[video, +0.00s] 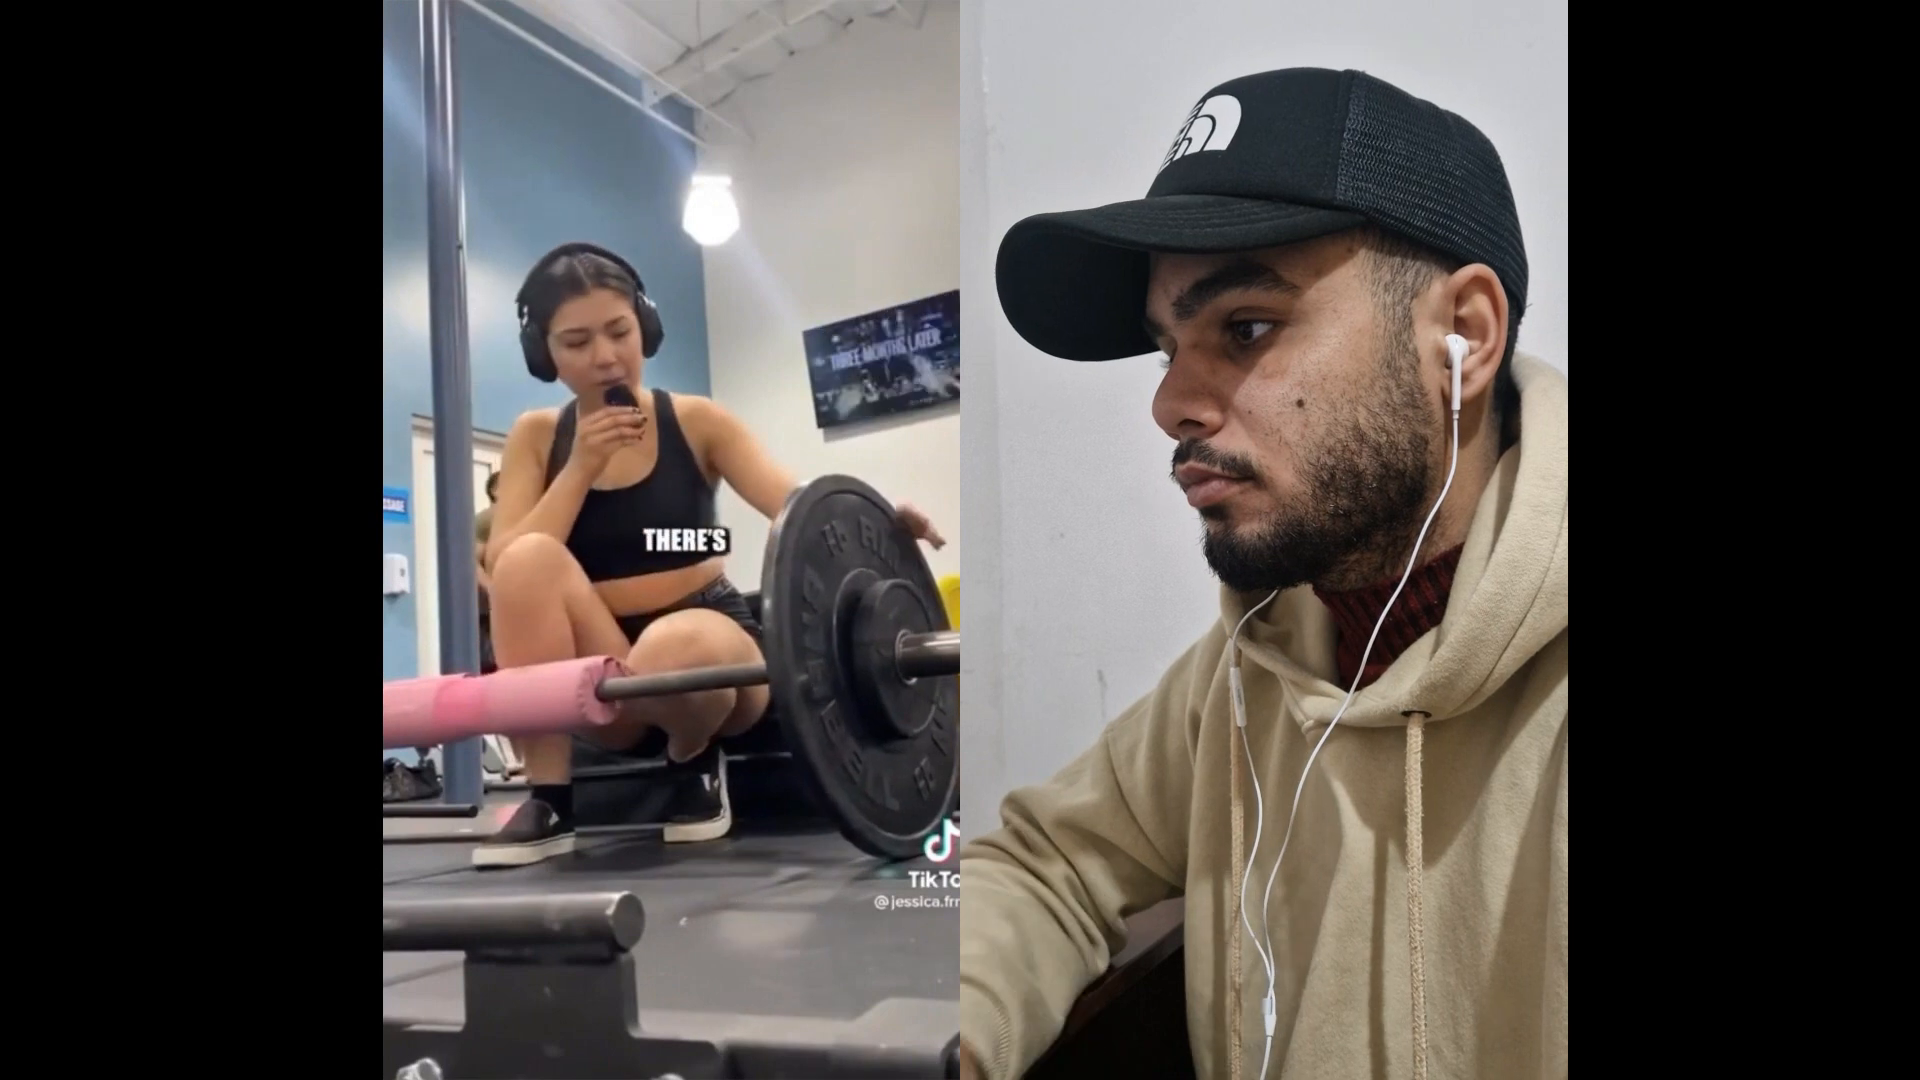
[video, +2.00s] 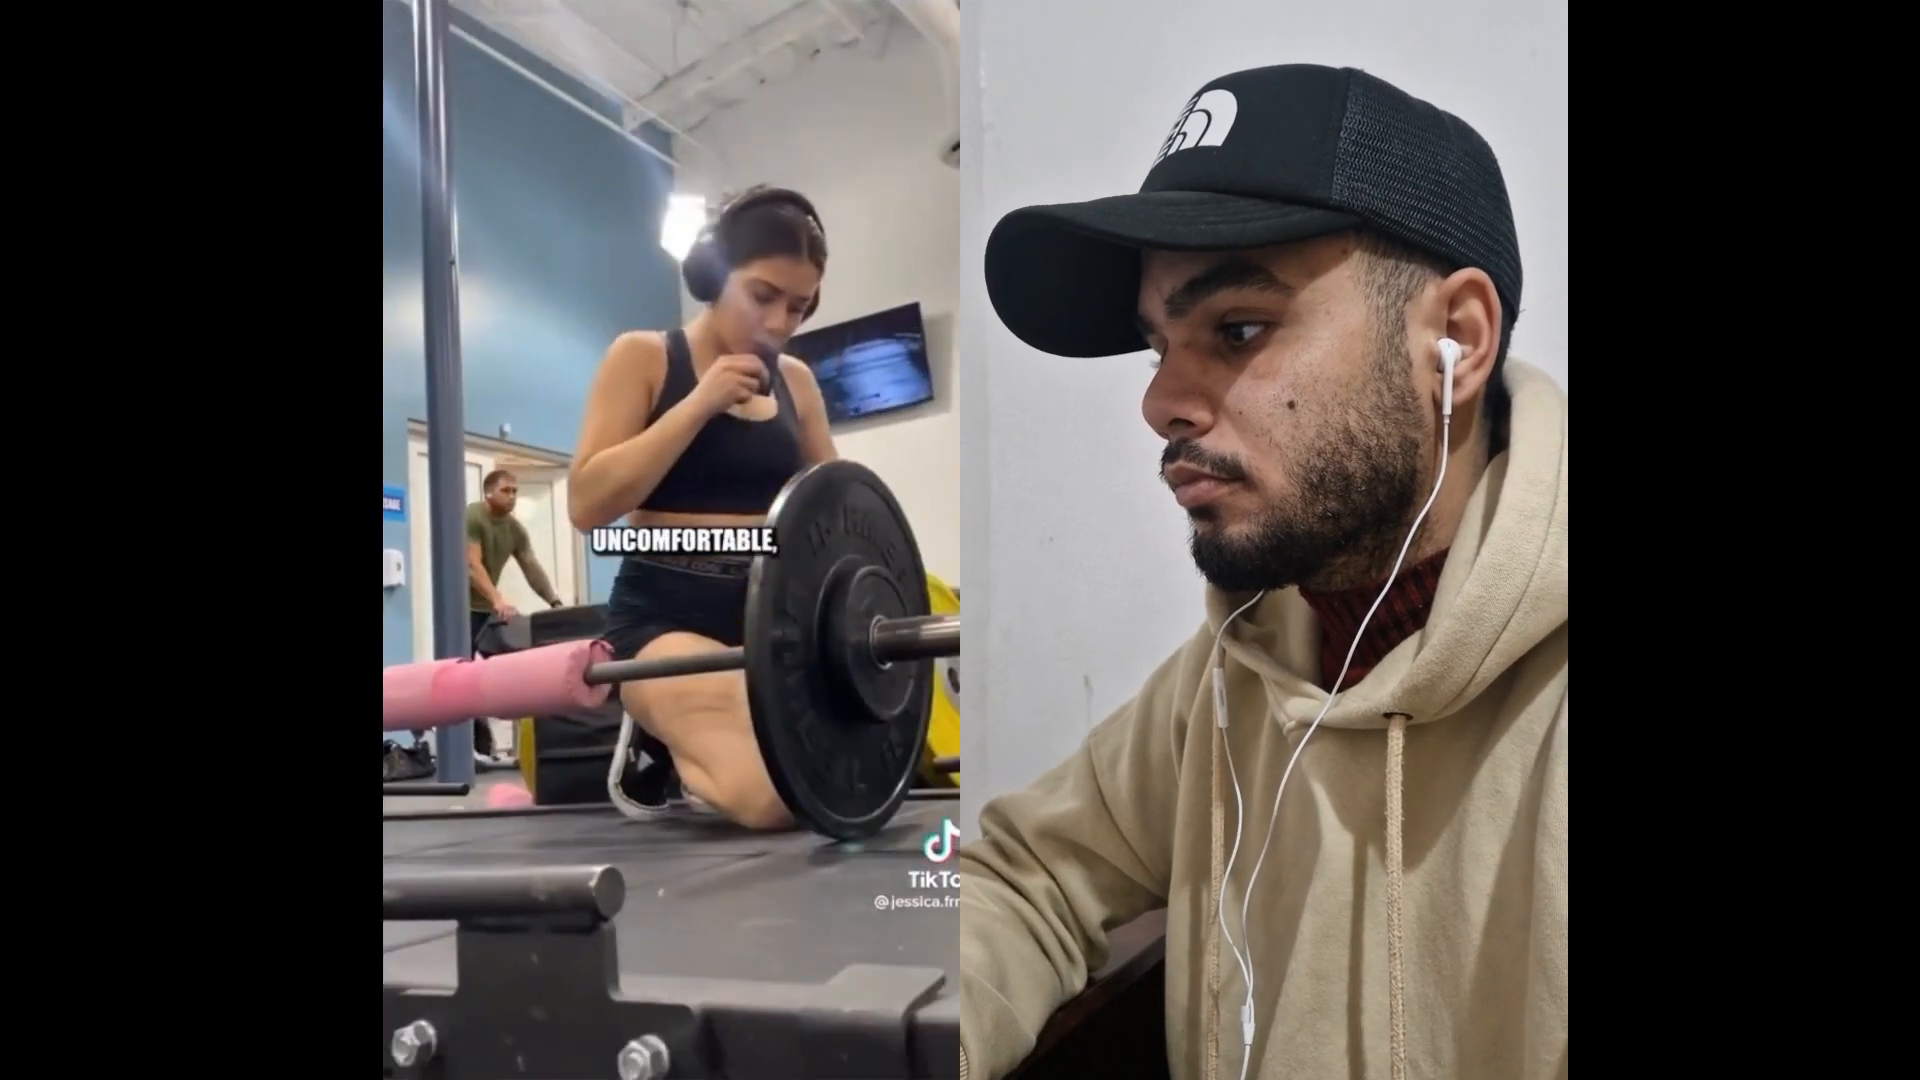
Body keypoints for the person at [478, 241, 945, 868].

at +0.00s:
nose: (605, 355)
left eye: (618, 331)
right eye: (578, 341)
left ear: (643, 329)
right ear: (548, 355)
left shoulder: (697, 422)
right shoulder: (536, 435)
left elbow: (792, 505)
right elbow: (508, 569)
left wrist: (877, 526)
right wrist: (579, 470)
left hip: (712, 652)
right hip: (598, 669)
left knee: (674, 650)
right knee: (526, 559)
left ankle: (693, 761)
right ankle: (545, 798)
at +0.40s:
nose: (654, 340)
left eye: (671, 314)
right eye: (626, 320)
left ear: (695, 312)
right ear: (586, 327)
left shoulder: (743, 404)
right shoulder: (559, 416)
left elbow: (845, 488)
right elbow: (530, 581)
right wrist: (616, 472)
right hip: (620, 657)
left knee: (722, 658)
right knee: (627, 560)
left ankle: (712, 765)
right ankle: (622, 793)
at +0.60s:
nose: (652, 324)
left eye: (671, 299)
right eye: (625, 301)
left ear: (695, 295)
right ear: (584, 302)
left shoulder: (736, 386)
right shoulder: (551, 395)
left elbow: (843, 474)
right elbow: (521, 565)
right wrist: (618, 456)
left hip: (713, 634)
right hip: (589, 634)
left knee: (828, 691)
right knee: (710, 581)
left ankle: (680, 750)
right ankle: (637, 781)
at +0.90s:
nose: (656, 304)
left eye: (677, 278)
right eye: (630, 280)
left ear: (701, 273)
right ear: (586, 275)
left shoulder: (740, 358)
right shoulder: (555, 387)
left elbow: (859, 442)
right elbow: (528, 561)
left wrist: (927, 502)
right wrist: (619, 437)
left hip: (748, 606)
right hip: (624, 618)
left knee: (861, 808)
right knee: (789, 650)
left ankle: (705, 754)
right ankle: (642, 771)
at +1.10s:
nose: (850, 179)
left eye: (873, 161)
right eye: (834, 146)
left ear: (887, 159)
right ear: (777, 119)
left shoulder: (856, 250)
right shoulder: (685, 221)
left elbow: (860, 388)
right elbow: (611, 392)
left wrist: (854, 457)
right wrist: (742, 291)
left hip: (819, 512)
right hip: (708, 505)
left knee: (837, 784)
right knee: (782, 799)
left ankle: (702, 735)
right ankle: (626, 721)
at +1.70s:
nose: (829, 285)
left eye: (849, 267)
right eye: (813, 255)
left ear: (860, 261)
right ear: (758, 229)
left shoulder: (830, 336)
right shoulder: (670, 312)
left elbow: (868, 451)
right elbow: (603, 475)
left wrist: (847, 519)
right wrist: (720, 372)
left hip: (798, 587)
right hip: (683, 585)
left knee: (848, 783)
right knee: (779, 803)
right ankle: (673, 732)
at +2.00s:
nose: (780, 325)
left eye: (800, 306)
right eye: (764, 297)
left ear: (813, 302)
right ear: (714, 279)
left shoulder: (796, 380)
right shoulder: (643, 358)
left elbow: (831, 506)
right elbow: (587, 504)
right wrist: (696, 406)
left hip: (776, 621)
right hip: (662, 619)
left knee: (837, 780)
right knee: (774, 797)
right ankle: (665, 750)